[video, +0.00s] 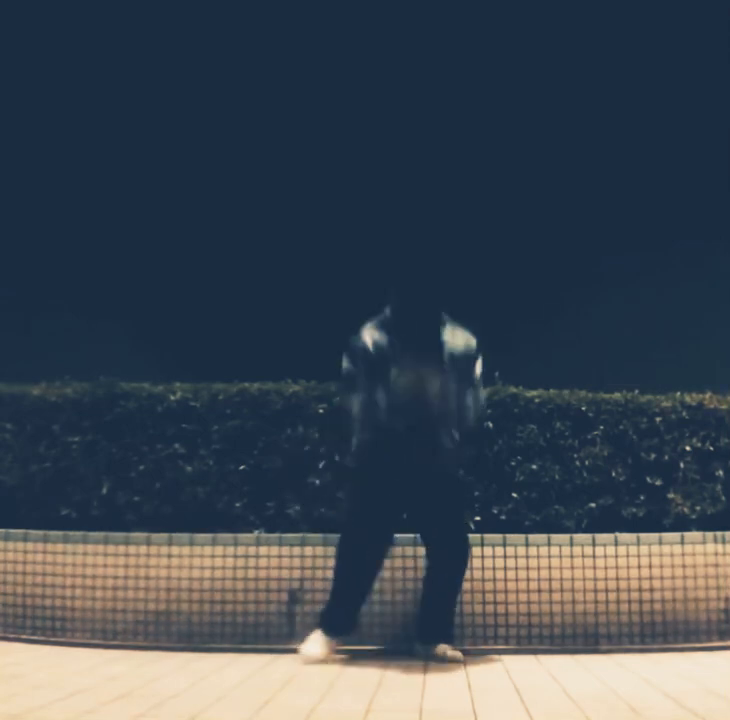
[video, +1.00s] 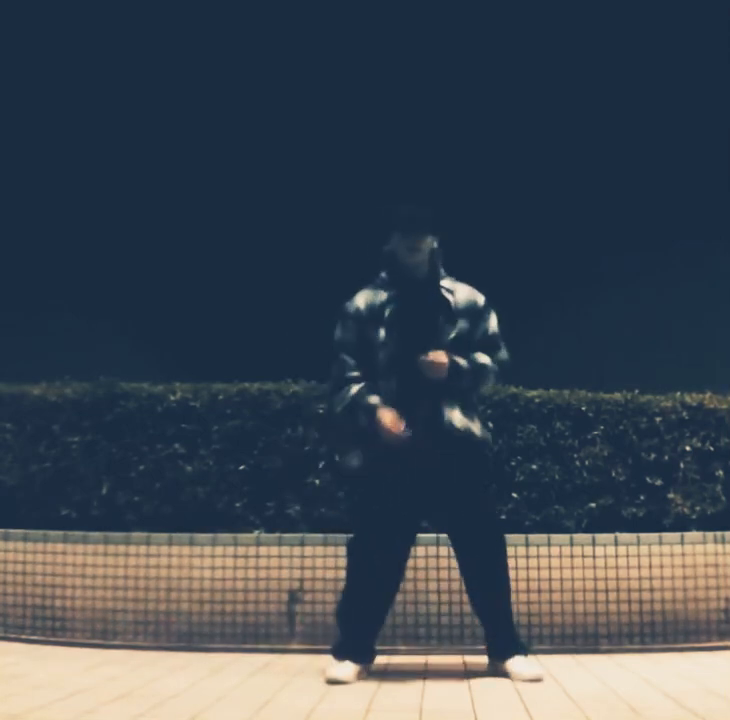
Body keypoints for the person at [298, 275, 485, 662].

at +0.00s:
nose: (418, 314)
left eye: (426, 304)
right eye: (409, 303)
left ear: (437, 303)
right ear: (395, 301)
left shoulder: (460, 345)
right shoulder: (370, 343)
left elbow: (470, 414)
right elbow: (354, 409)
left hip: (437, 465)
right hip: (379, 463)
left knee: (451, 547)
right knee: (361, 544)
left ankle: (434, 637)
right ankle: (332, 629)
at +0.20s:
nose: (411, 283)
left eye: (419, 276)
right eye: (401, 275)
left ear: (431, 273)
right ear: (385, 272)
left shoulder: (452, 311)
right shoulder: (361, 311)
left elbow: (475, 369)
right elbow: (344, 371)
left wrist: (437, 327)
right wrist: (386, 332)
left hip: (437, 445)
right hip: (375, 443)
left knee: (441, 541)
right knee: (361, 536)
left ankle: (439, 637)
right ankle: (346, 635)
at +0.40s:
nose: (383, 293)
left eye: (392, 285)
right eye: (375, 285)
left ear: (403, 278)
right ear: (361, 278)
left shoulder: (434, 318)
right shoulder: (337, 320)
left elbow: (451, 385)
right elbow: (314, 387)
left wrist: (415, 342)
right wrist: (356, 341)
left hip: (423, 451)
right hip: (360, 453)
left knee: (459, 527)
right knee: (352, 545)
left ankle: (441, 621)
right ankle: (352, 652)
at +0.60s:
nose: (383, 264)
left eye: (392, 254)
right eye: (374, 254)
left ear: (405, 255)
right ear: (357, 254)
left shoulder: (433, 304)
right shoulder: (329, 309)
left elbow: (469, 362)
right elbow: (298, 371)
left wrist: (432, 355)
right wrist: (346, 366)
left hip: (430, 449)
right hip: (361, 452)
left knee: (459, 543)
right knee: (358, 552)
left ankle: (489, 641)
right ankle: (350, 653)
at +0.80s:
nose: (396, 249)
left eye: (404, 239)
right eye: (387, 240)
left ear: (418, 240)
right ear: (372, 242)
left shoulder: (449, 296)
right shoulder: (346, 297)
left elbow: (482, 358)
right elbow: (314, 361)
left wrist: (447, 360)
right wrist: (353, 388)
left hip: (441, 438)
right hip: (373, 439)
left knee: (476, 538)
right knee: (366, 542)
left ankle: (510, 645)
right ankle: (349, 653)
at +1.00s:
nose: (414, 257)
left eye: (421, 247)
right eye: (405, 248)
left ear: (436, 246)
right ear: (389, 249)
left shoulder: (469, 302)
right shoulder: (364, 307)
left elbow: (495, 366)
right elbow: (344, 377)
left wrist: (455, 367)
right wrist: (374, 408)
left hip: (458, 448)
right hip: (390, 449)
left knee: (482, 548)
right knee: (374, 550)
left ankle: (507, 650)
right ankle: (351, 653)